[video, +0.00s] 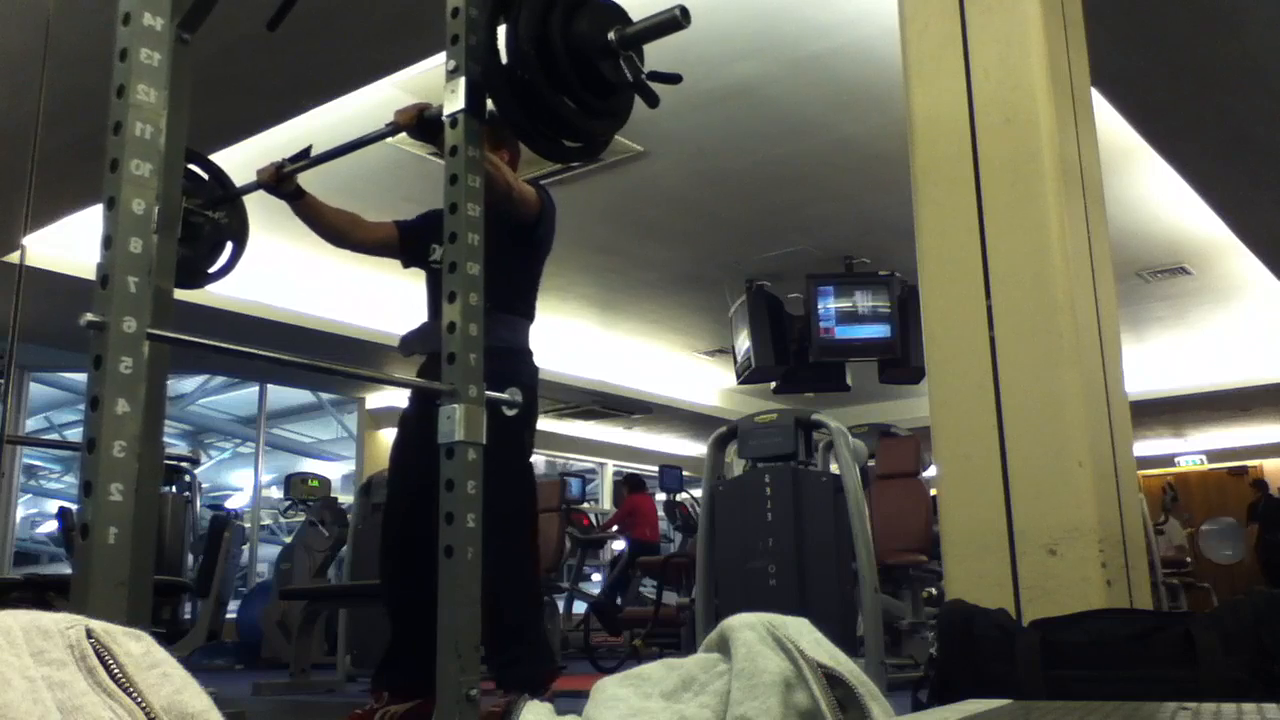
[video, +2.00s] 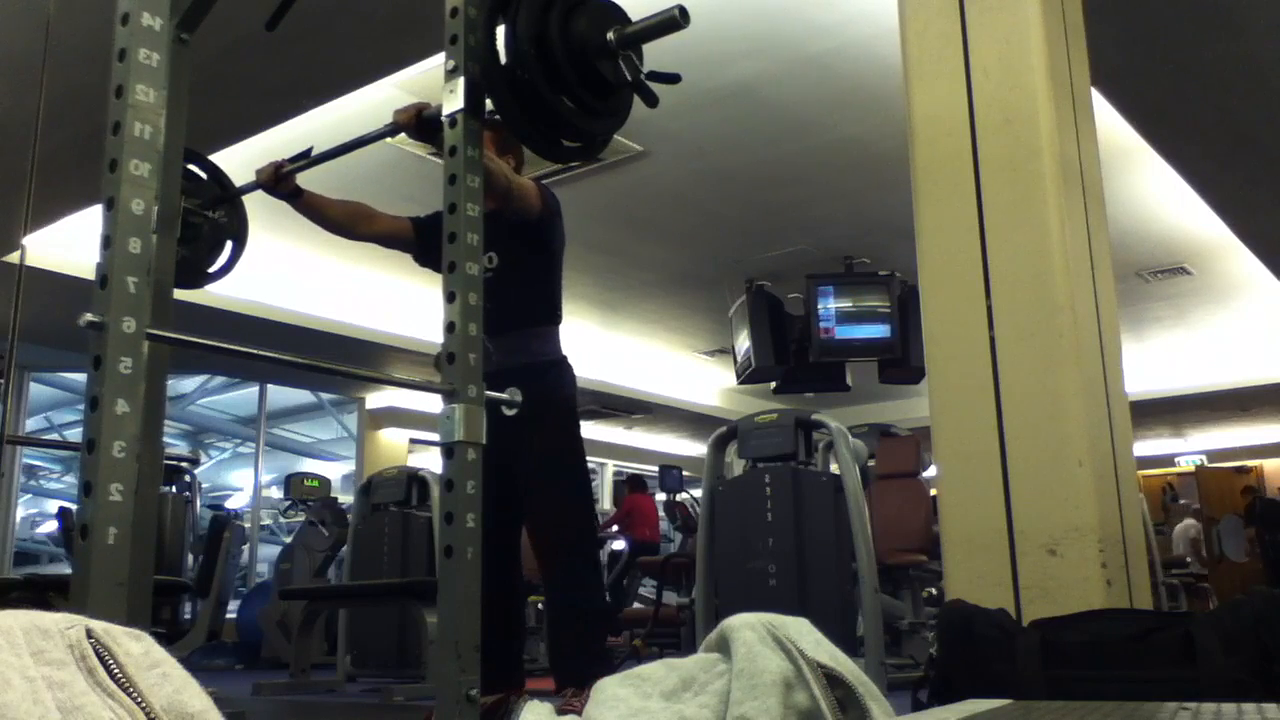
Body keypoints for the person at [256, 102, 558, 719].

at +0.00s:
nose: (470, 164)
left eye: (479, 152)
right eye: (463, 153)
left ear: (508, 155)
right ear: (453, 159)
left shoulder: (534, 209)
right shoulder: (446, 224)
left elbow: (501, 187)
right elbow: (359, 232)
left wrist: (442, 138)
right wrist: (295, 191)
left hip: (500, 384)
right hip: (436, 387)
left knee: (504, 534)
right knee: (407, 532)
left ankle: (524, 684)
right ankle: (408, 684)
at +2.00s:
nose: (469, 164)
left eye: (478, 152)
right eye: (462, 156)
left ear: (508, 152)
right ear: (457, 163)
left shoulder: (539, 209)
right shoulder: (455, 226)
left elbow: (503, 181)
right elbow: (366, 222)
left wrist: (440, 134)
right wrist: (294, 193)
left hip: (539, 389)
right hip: (477, 395)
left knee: (561, 538)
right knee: (486, 547)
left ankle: (578, 685)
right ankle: (498, 686)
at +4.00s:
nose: (466, 166)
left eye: (475, 154)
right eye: (460, 159)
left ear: (507, 153)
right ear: (456, 165)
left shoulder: (543, 207)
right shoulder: (456, 227)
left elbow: (501, 178)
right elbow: (368, 224)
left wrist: (439, 133)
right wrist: (294, 192)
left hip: (539, 385)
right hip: (476, 393)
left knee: (565, 539)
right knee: (488, 548)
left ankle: (579, 684)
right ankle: (498, 687)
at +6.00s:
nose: (471, 159)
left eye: (482, 148)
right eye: (465, 153)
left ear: (516, 154)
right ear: (459, 162)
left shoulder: (543, 204)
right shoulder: (457, 223)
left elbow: (502, 179)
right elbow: (370, 221)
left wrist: (440, 134)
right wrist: (295, 192)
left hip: (538, 384)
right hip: (476, 392)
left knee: (565, 538)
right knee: (488, 546)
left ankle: (579, 684)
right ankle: (498, 686)